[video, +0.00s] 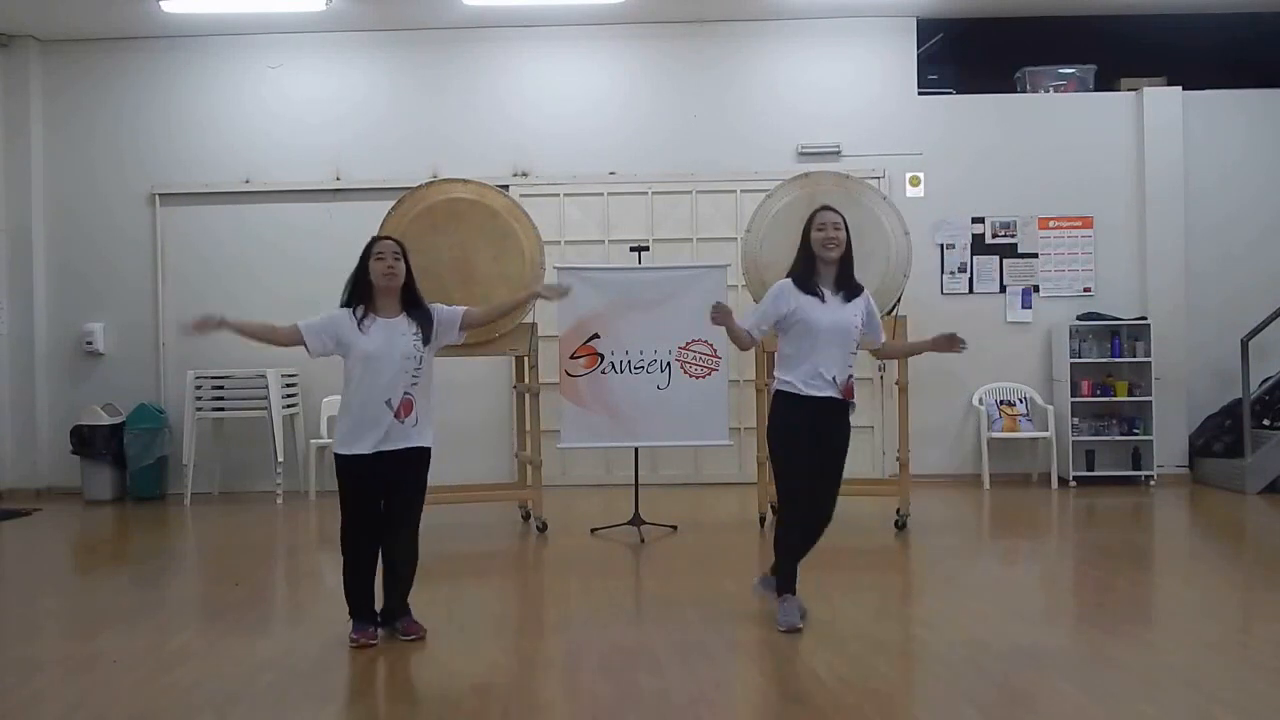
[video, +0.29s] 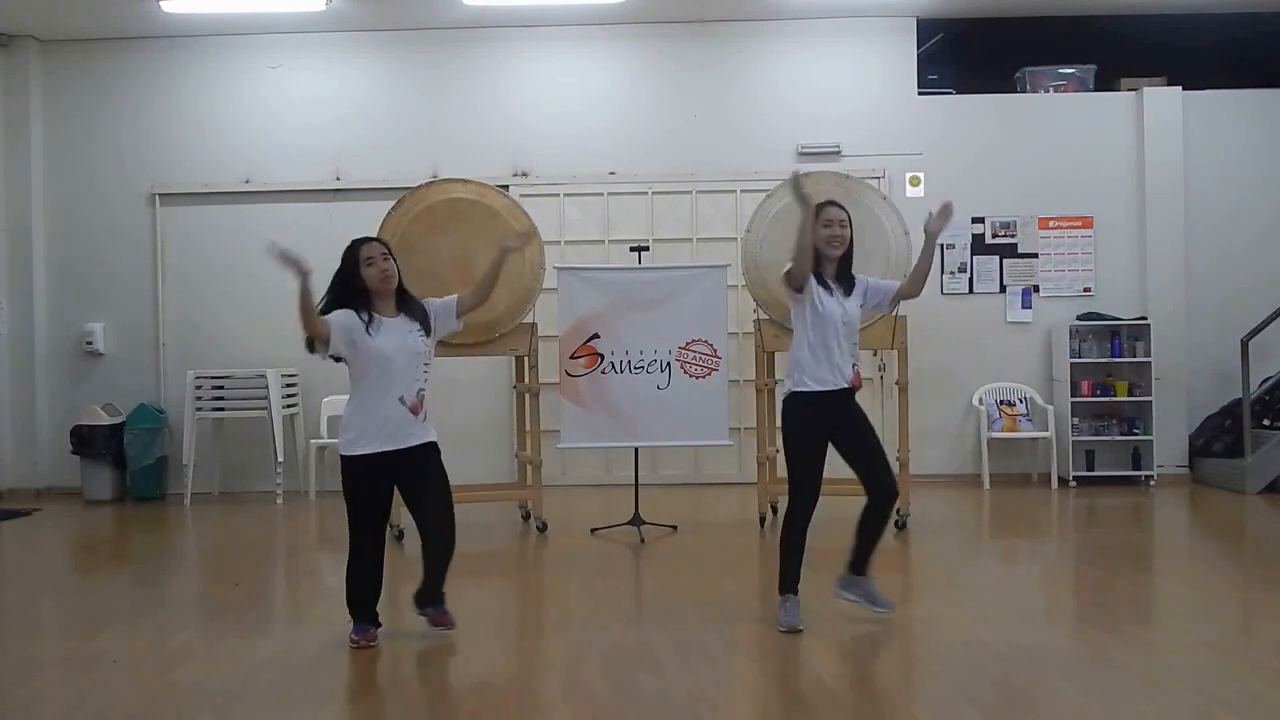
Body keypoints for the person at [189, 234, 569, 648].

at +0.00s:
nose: (388, 263)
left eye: (396, 257)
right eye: (379, 257)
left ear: (407, 269)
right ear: (365, 269)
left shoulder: (427, 317)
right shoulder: (346, 321)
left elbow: (482, 316)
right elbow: (285, 335)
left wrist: (533, 294)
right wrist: (227, 323)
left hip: (411, 446)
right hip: (357, 448)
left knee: (403, 534)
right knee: (360, 536)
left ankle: (397, 614)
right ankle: (362, 620)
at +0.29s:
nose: (382, 265)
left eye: (386, 257)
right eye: (370, 261)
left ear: (397, 266)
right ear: (357, 276)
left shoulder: (423, 314)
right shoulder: (350, 321)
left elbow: (476, 297)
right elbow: (312, 329)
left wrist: (501, 254)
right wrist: (304, 282)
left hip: (417, 444)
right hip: (365, 449)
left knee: (441, 530)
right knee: (366, 540)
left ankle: (430, 598)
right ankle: (364, 620)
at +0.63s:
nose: (419, 266)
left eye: (424, 260)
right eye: (408, 262)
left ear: (432, 269)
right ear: (394, 277)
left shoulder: (455, 314)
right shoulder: (390, 322)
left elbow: (486, 279)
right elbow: (381, 299)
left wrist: (449, 238)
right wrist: (410, 258)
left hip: (461, 443)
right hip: (408, 448)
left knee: (472, 532)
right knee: (393, 538)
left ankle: (484, 613)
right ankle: (367, 619)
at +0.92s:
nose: (449, 263)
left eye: (459, 258)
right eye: (443, 256)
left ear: (474, 271)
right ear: (433, 267)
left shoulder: (491, 315)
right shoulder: (412, 318)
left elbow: (541, 305)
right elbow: (354, 328)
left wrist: (566, 263)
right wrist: (317, 298)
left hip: (482, 442)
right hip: (429, 443)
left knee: (481, 531)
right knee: (438, 532)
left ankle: (485, 614)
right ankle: (445, 601)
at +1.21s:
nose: (458, 266)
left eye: (469, 263)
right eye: (455, 258)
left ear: (481, 278)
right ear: (443, 267)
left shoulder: (491, 319)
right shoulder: (416, 315)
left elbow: (527, 302)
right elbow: (359, 313)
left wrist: (535, 261)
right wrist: (321, 275)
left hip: (478, 449)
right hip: (426, 449)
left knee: (477, 535)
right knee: (420, 534)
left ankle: (485, 613)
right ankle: (451, 595)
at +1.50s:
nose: (426, 266)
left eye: (437, 261)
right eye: (425, 259)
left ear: (456, 274)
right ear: (417, 269)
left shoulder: (462, 316)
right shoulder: (397, 312)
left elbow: (446, 268)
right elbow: (365, 282)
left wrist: (414, 225)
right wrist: (391, 240)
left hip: (452, 444)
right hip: (401, 444)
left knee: (465, 533)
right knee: (382, 532)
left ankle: (483, 613)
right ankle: (365, 616)